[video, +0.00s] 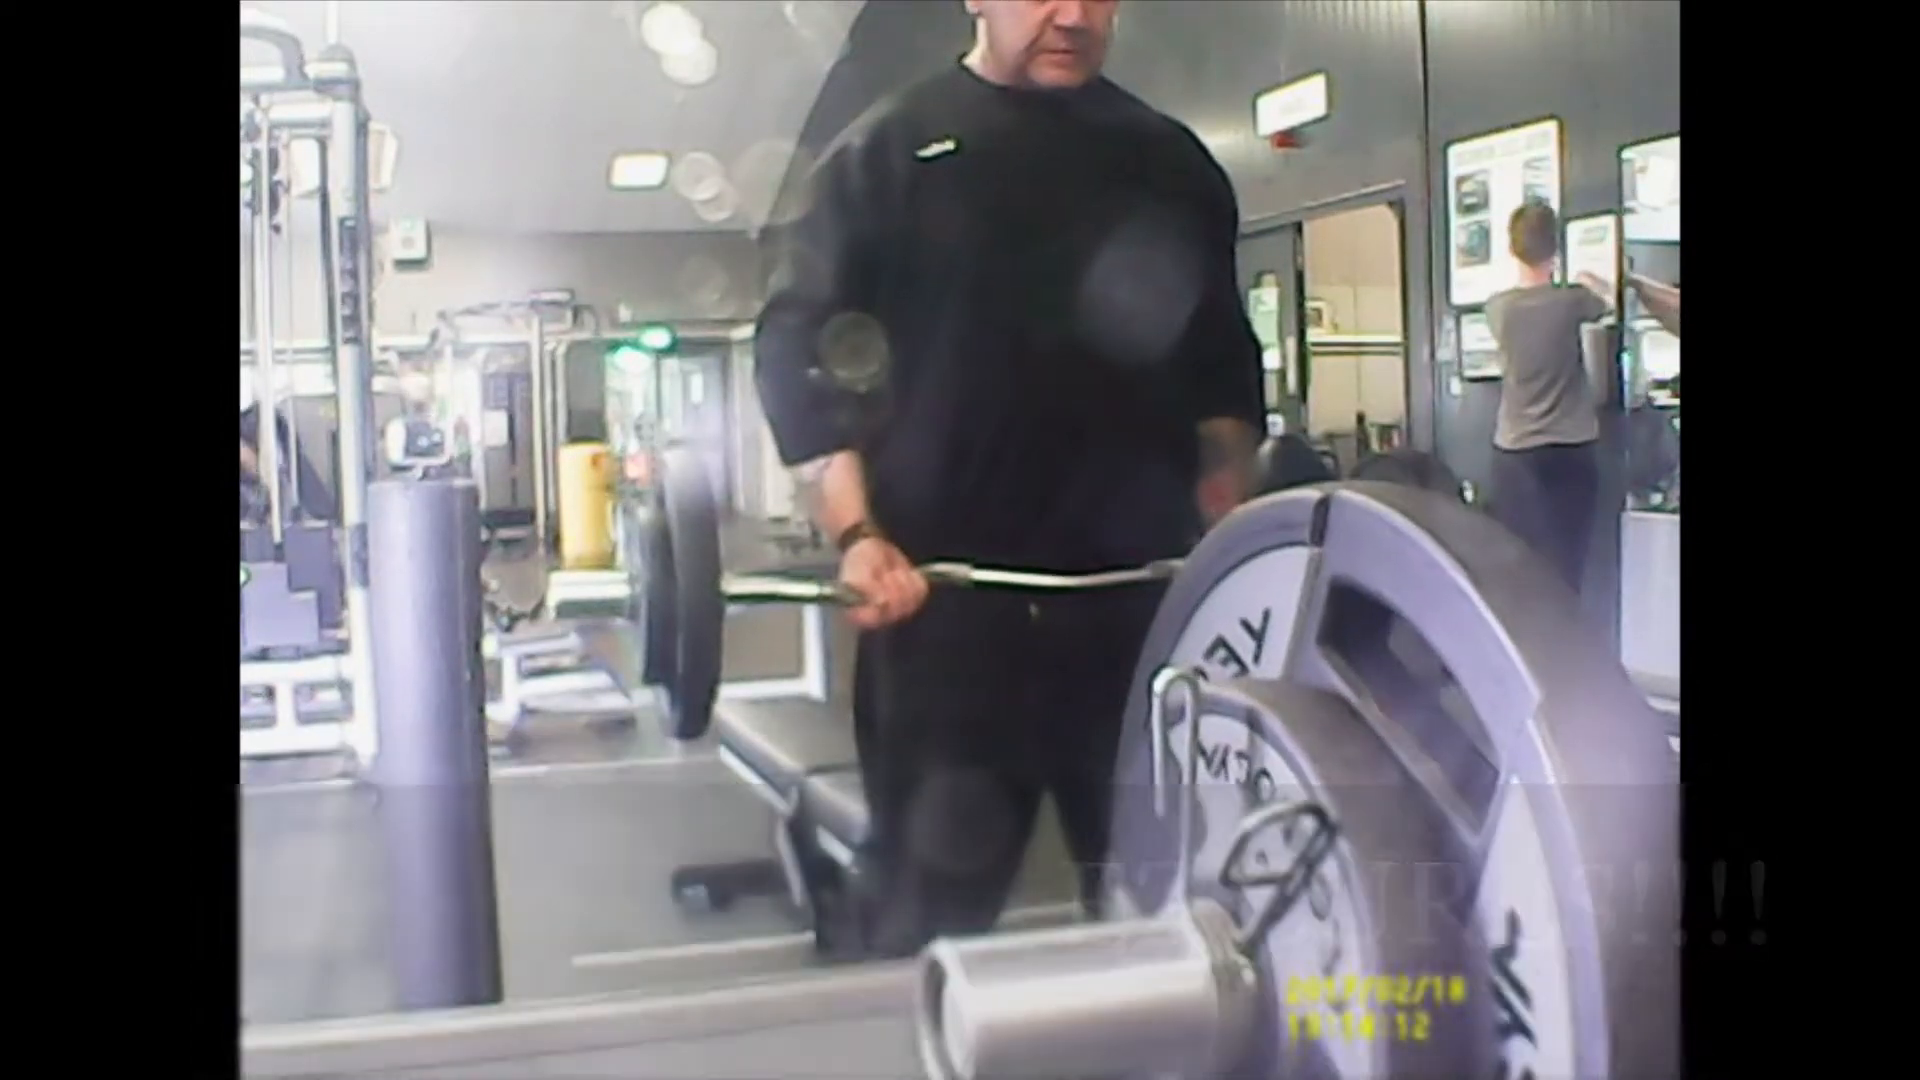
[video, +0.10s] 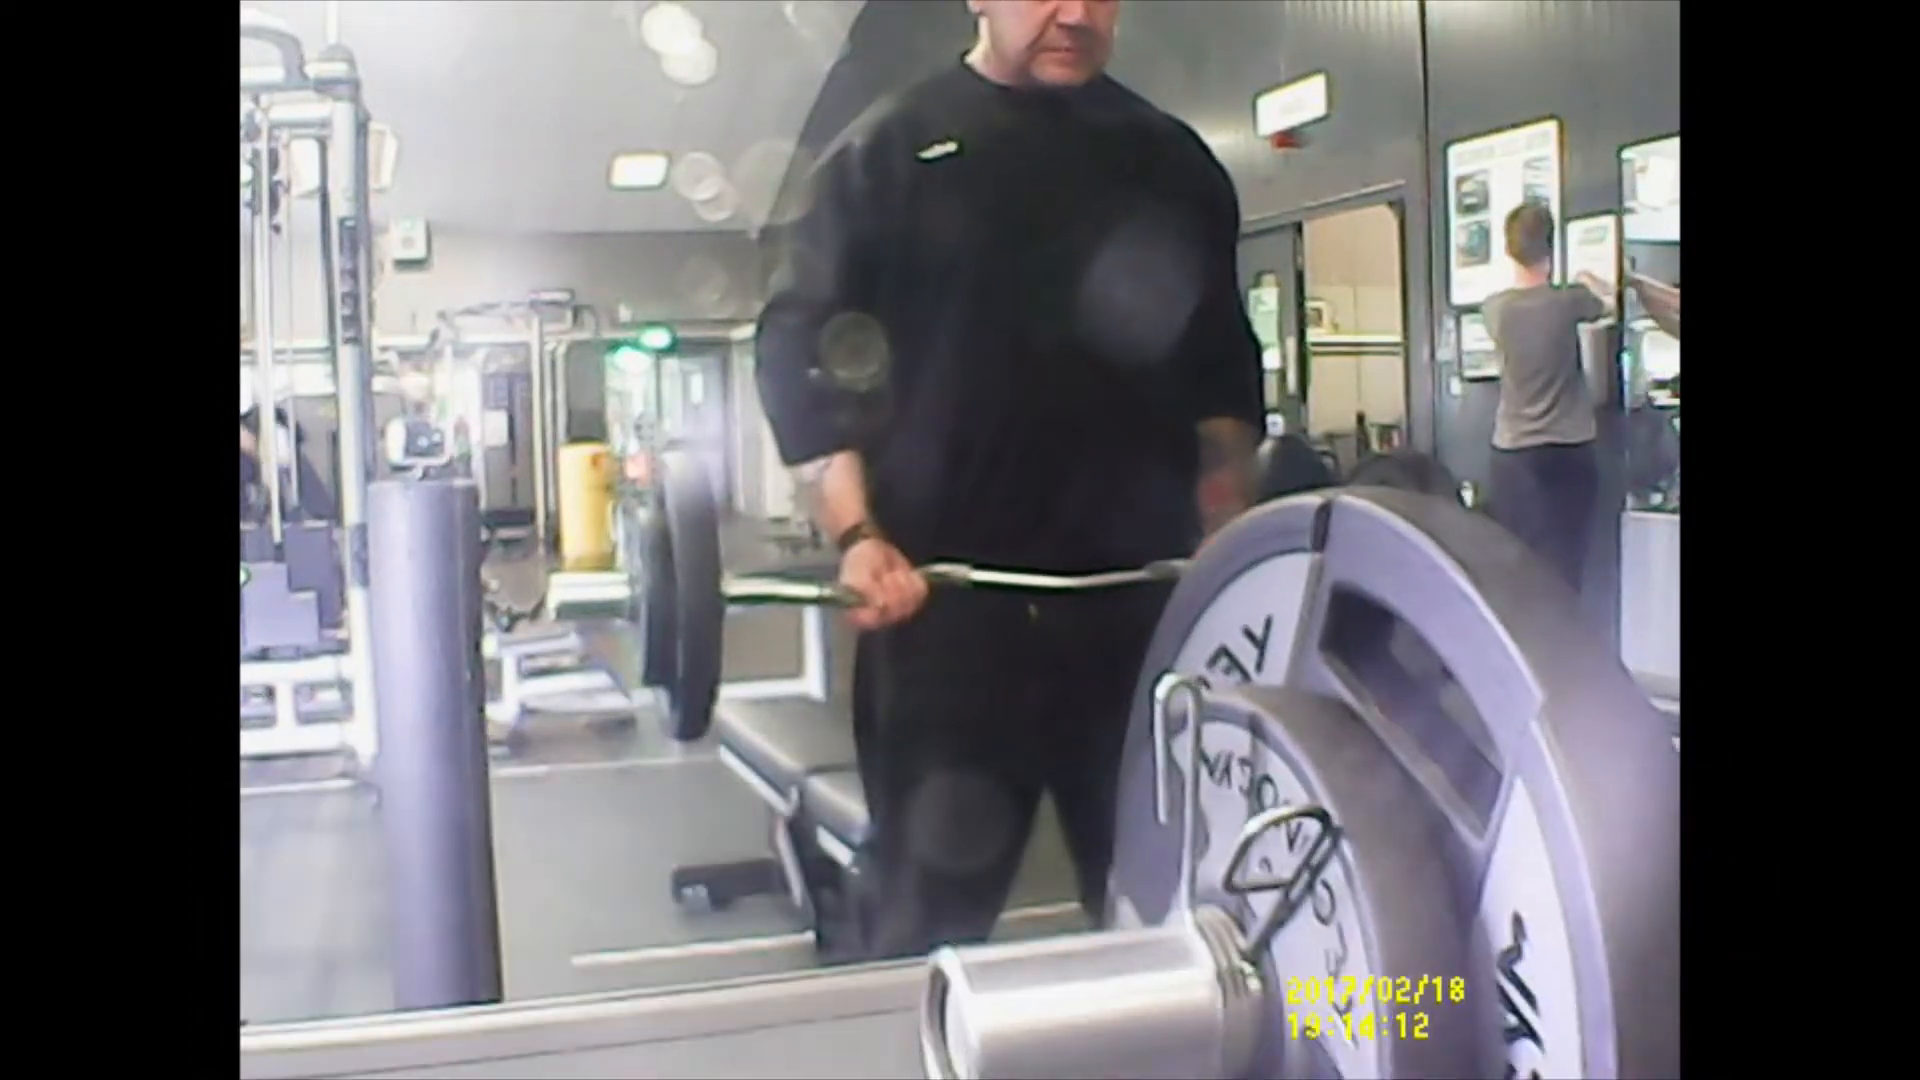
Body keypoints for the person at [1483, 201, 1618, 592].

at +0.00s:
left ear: (1512, 250)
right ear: (1556, 248)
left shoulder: (1497, 307)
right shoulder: (1573, 300)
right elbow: (1604, 305)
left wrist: (1550, 286)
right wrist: (1589, 284)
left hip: (1515, 449)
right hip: (1571, 447)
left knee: (1520, 557)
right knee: (1566, 562)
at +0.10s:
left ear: (1508, 251)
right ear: (1550, 247)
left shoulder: (1494, 307)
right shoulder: (1571, 300)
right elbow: (1606, 304)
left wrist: (1547, 288)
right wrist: (1588, 279)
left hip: (1513, 450)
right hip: (1569, 447)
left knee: (1518, 560)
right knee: (1564, 564)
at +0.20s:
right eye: (1536, 245)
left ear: (1497, 253)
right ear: (1539, 252)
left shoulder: (1484, 310)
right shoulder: (1560, 300)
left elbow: (1515, 308)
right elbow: (1609, 306)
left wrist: (1536, 282)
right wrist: (1588, 276)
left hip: (1504, 450)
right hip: (1560, 448)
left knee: (1503, 561)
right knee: (1558, 564)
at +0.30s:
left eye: (1495, 245)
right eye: (1527, 244)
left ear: (1489, 253)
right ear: (1532, 249)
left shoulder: (1479, 311)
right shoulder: (1553, 301)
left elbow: (1512, 305)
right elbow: (1611, 304)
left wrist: (1541, 284)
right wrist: (1587, 272)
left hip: (1497, 451)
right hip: (1551, 449)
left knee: (1497, 562)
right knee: (1551, 565)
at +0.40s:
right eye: (1524, 244)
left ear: (1487, 252)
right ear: (1529, 249)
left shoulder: (1476, 311)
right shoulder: (1550, 301)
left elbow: (1508, 307)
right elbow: (1611, 302)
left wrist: (1533, 286)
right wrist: (1586, 271)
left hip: (1497, 447)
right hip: (1551, 444)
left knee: (1498, 554)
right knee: (1552, 554)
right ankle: (1551, 643)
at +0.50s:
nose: (1515, 252)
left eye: (1497, 245)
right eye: (1519, 244)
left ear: (1481, 253)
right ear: (1522, 250)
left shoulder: (1475, 313)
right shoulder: (1543, 302)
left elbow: (1515, 308)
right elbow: (1608, 299)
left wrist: (1551, 279)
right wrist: (1581, 269)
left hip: (1495, 450)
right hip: (1547, 447)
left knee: (1496, 554)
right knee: (1551, 554)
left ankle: (1493, 660)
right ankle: (1551, 665)